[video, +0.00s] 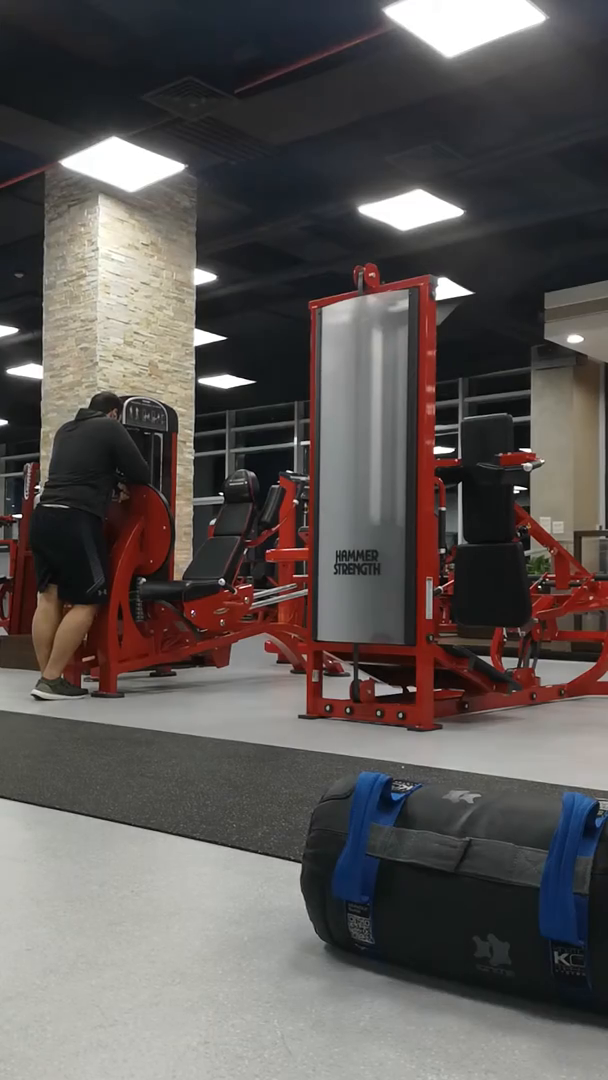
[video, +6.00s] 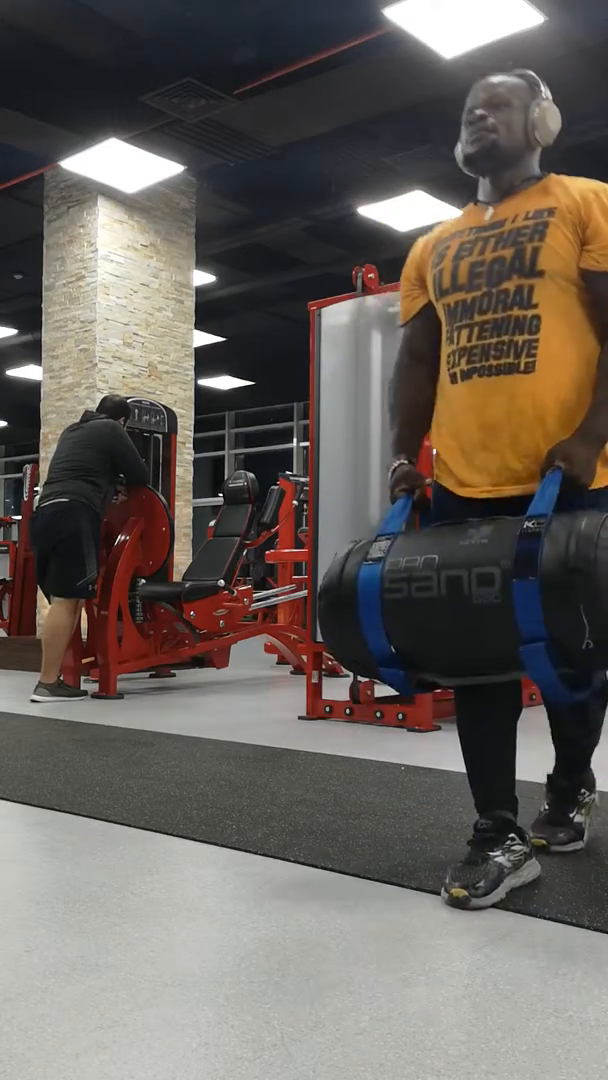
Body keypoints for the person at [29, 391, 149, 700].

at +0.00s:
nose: (120, 421)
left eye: (120, 417)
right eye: (121, 416)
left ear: (91, 409)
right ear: (113, 413)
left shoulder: (65, 429)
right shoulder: (111, 428)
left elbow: (72, 470)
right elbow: (141, 476)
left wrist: (111, 486)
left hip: (43, 516)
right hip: (75, 520)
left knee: (48, 597)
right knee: (87, 601)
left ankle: (47, 676)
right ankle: (52, 678)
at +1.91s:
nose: (124, 426)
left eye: (124, 422)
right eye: (125, 422)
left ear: (97, 413)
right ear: (121, 419)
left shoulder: (70, 430)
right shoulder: (114, 430)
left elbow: (75, 468)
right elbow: (140, 478)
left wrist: (109, 486)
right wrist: (113, 475)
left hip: (39, 511)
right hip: (67, 510)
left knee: (53, 600)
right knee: (60, 601)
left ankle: (50, 679)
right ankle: (48, 682)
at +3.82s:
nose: (126, 426)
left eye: (126, 423)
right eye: (127, 423)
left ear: (99, 414)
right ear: (121, 419)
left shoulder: (71, 431)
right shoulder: (113, 430)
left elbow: (75, 470)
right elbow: (140, 479)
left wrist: (110, 487)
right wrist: (113, 477)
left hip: (42, 512)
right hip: (68, 511)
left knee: (61, 600)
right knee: (64, 600)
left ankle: (51, 679)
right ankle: (48, 682)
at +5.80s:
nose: (125, 428)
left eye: (125, 424)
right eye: (126, 424)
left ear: (98, 414)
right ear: (121, 420)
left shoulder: (71, 430)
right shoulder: (112, 430)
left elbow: (75, 471)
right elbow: (141, 478)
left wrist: (111, 487)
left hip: (44, 512)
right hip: (70, 510)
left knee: (66, 601)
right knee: (64, 601)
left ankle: (53, 678)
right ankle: (48, 682)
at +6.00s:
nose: (125, 427)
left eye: (125, 424)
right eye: (126, 424)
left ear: (98, 413)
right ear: (121, 420)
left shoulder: (71, 430)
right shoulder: (112, 430)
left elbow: (75, 471)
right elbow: (141, 478)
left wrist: (111, 486)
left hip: (44, 512)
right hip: (72, 511)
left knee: (67, 601)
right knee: (65, 601)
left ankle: (53, 678)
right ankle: (48, 682)